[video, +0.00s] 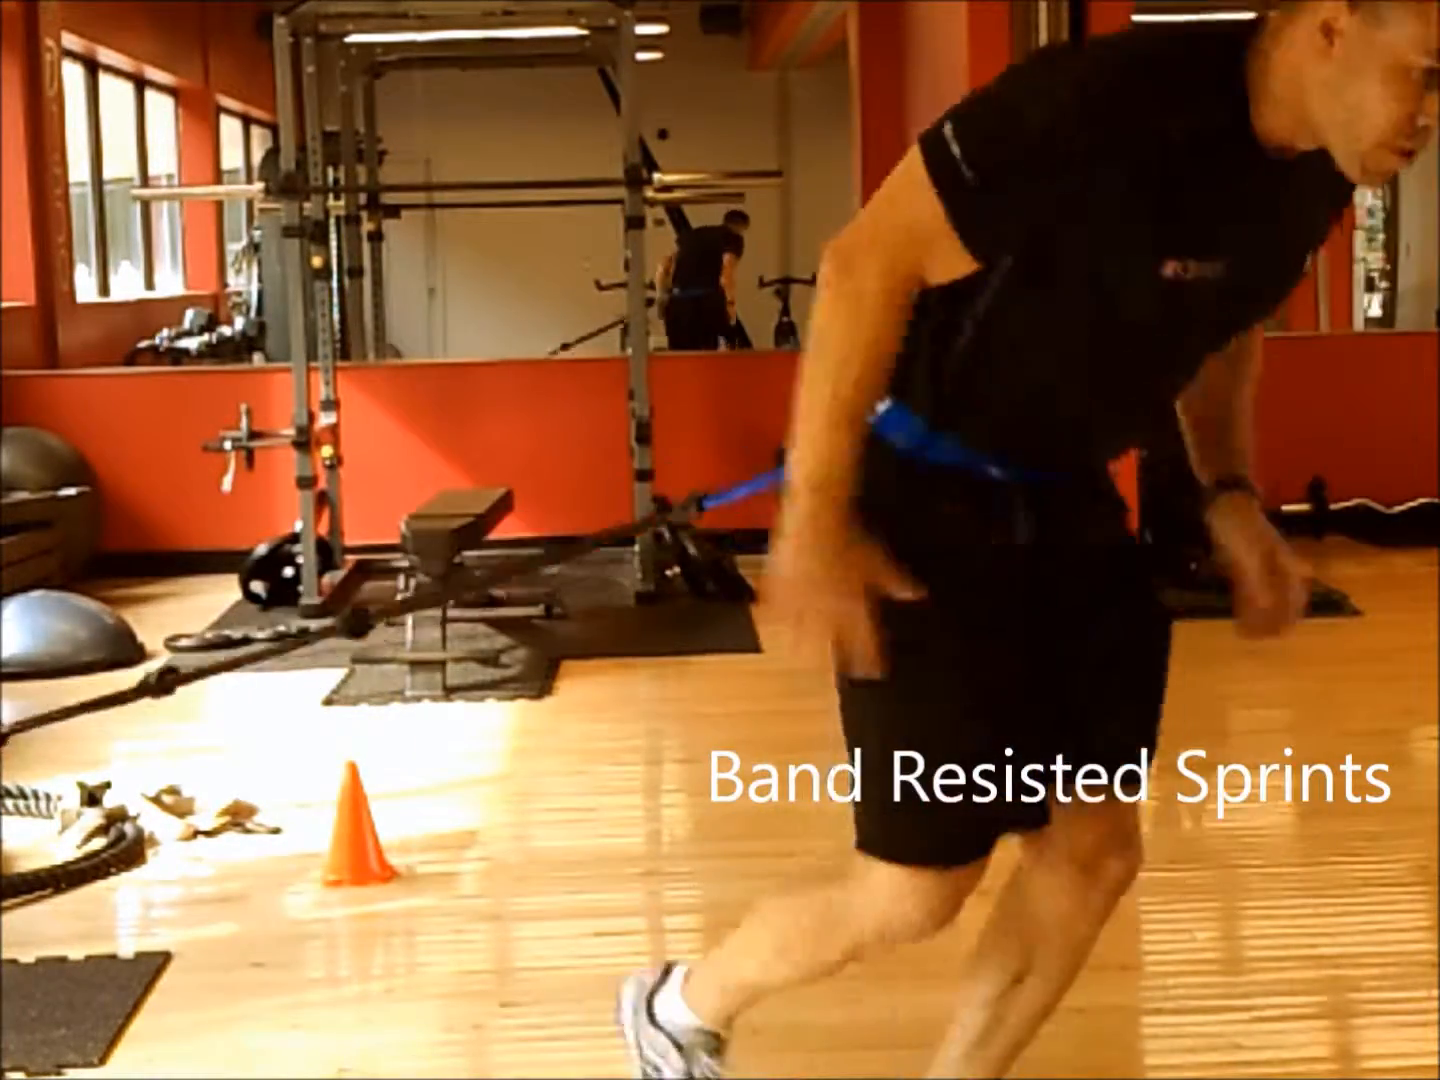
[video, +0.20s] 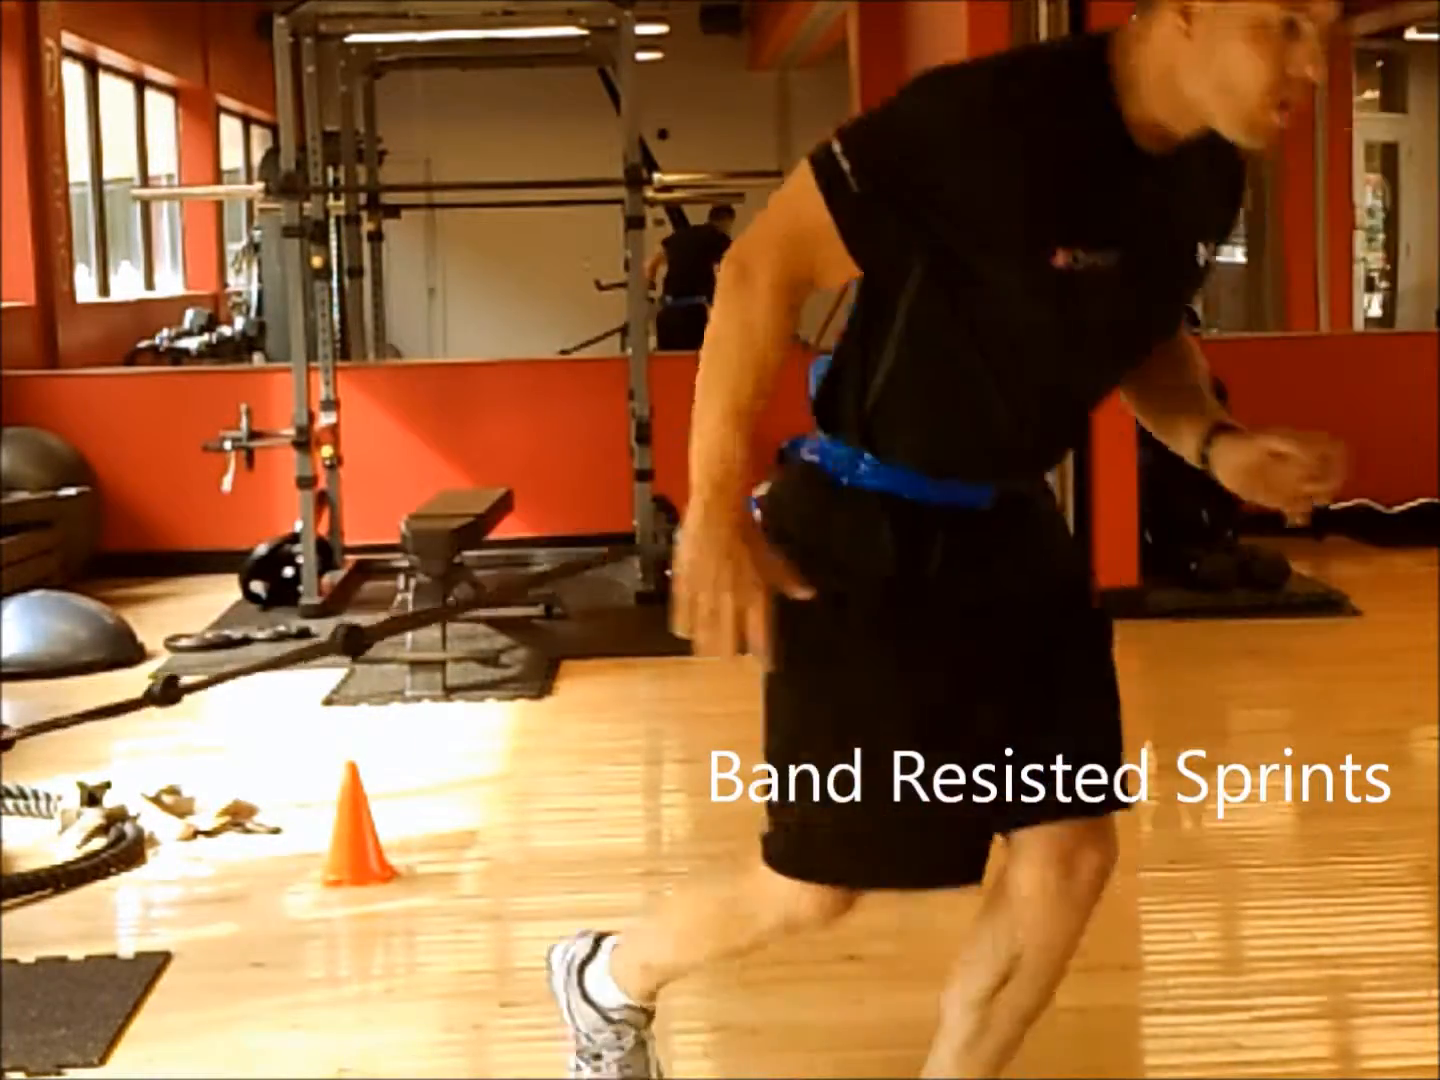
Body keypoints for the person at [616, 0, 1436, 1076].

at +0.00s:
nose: (1432, 114)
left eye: (1439, 83)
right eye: (1420, 76)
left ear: (1337, 45)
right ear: (1322, 37)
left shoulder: (1320, 166)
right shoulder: (1095, 97)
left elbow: (1223, 328)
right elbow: (865, 258)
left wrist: (1231, 493)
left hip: (1072, 494)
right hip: (920, 481)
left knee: (1093, 854)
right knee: (916, 887)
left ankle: (955, 1076)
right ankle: (676, 1009)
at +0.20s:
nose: (1310, 72)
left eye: (1318, 38)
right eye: (1285, 30)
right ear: (1173, 18)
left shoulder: (1208, 169)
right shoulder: (974, 116)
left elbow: (1138, 327)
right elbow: (762, 266)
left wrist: (1218, 445)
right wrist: (714, 509)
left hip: (1011, 520)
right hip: (856, 520)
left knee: (1068, 851)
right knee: (819, 882)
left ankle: (950, 1077)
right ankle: (608, 975)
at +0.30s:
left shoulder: (1121, 88)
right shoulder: (888, 36)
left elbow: (1069, 245)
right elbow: (727, 245)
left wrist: (1075, 402)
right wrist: (850, 452)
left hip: (950, 449)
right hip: (797, 450)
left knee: (964, 782)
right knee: (764, 774)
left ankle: (927, 1073)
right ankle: (623, 997)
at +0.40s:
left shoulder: (1004, 78)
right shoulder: (788, 37)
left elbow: (976, 259)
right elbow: (671, 262)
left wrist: (956, 408)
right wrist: (885, 299)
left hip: (876, 460)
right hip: (725, 460)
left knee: (914, 770)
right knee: (709, 780)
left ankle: (816, 1051)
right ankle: (600, 1031)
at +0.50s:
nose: (916, 8)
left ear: (905, 10)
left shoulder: (902, 120)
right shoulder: (687, 101)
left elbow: (891, 299)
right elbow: (577, 302)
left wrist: (892, 456)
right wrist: (783, 271)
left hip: (790, 480)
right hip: (651, 483)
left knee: (861, 771)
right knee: (677, 790)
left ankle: (690, 924)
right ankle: (594, 1047)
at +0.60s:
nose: (842, 9)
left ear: (832, 13)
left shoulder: (825, 127)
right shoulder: (608, 99)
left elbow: (824, 304)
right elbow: (486, 274)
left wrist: (849, 462)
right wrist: (640, 377)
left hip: (710, 464)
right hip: (585, 462)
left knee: (749, 732)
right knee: (639, 767)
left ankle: (575, 839)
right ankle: (593, 1046)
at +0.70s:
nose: (779, 10)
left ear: (790, 19)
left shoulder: (756, 141)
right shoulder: (551, 106)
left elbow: (771, 300)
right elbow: (407, 265)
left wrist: (799, 433)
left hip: (634, 443)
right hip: (517, 440)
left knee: (643, 694)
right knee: (581, 711)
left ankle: (511, 846)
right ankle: (588, 1038)